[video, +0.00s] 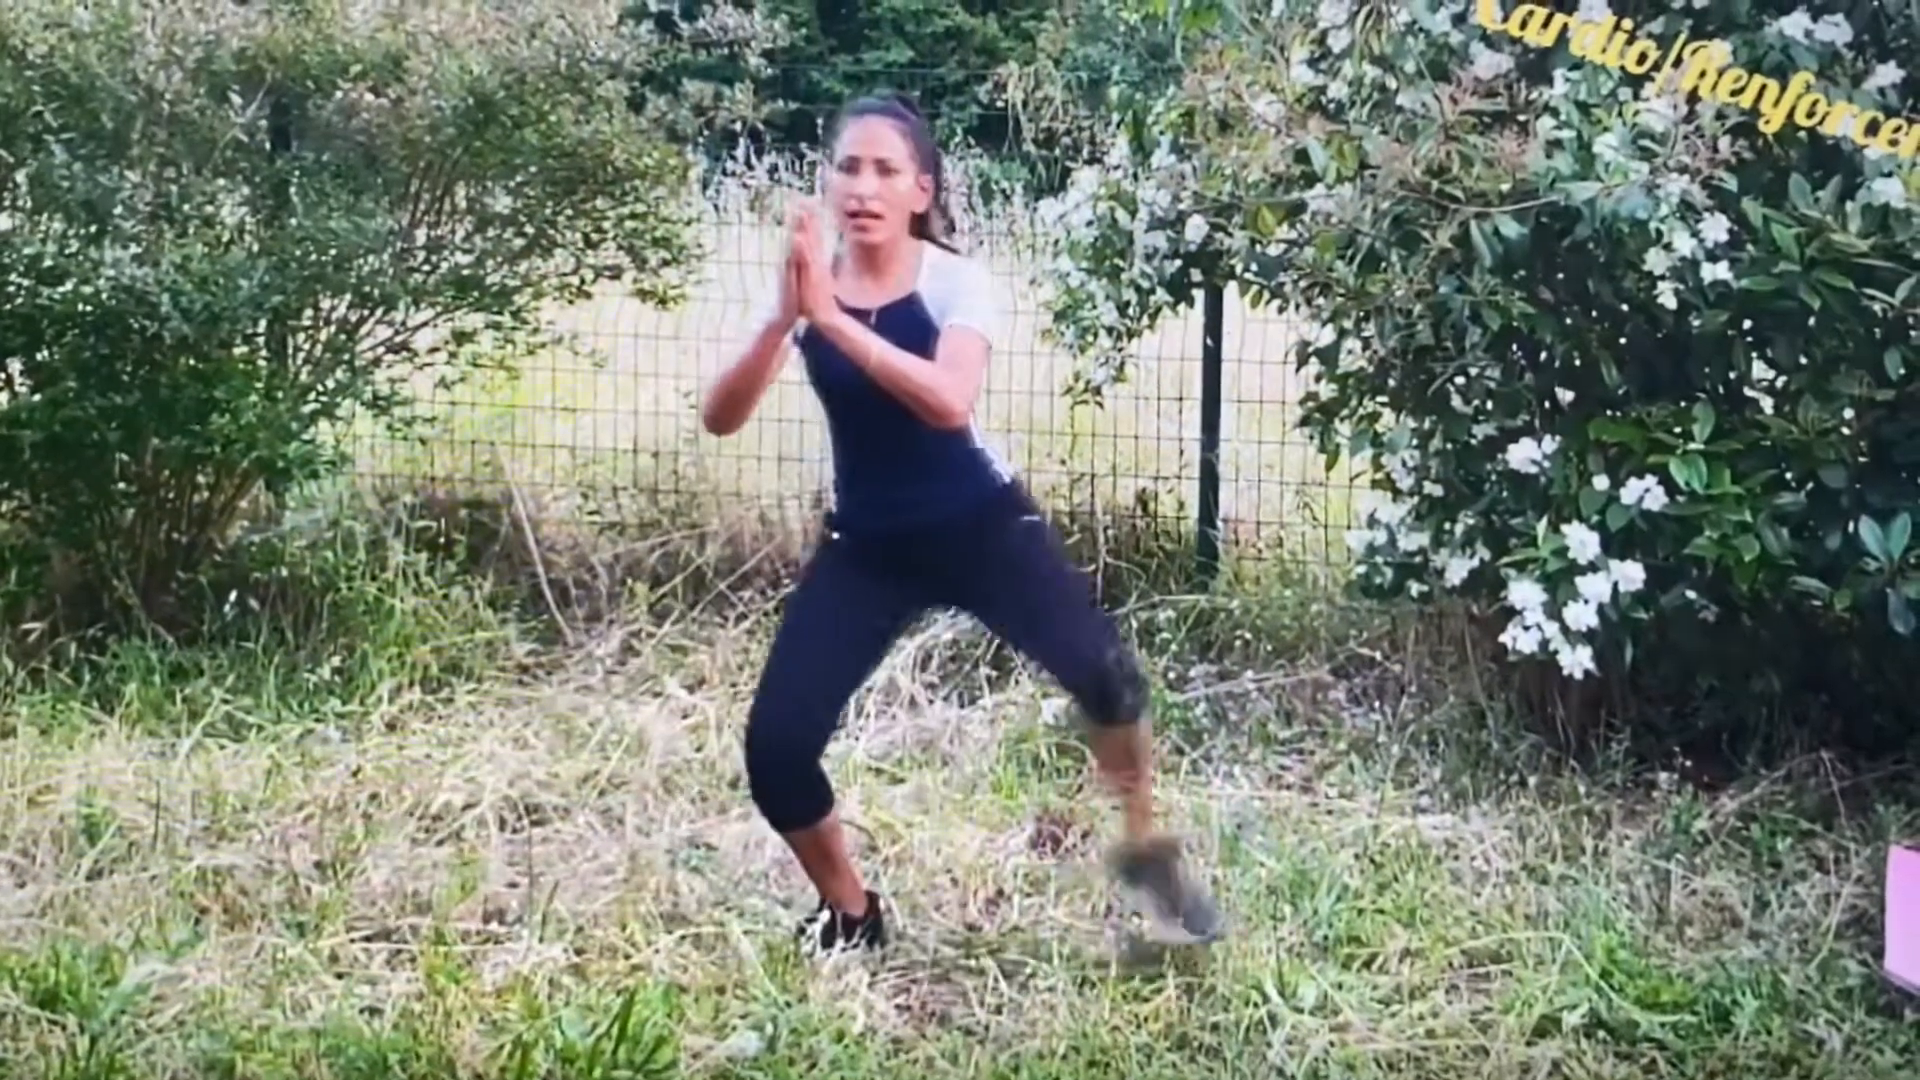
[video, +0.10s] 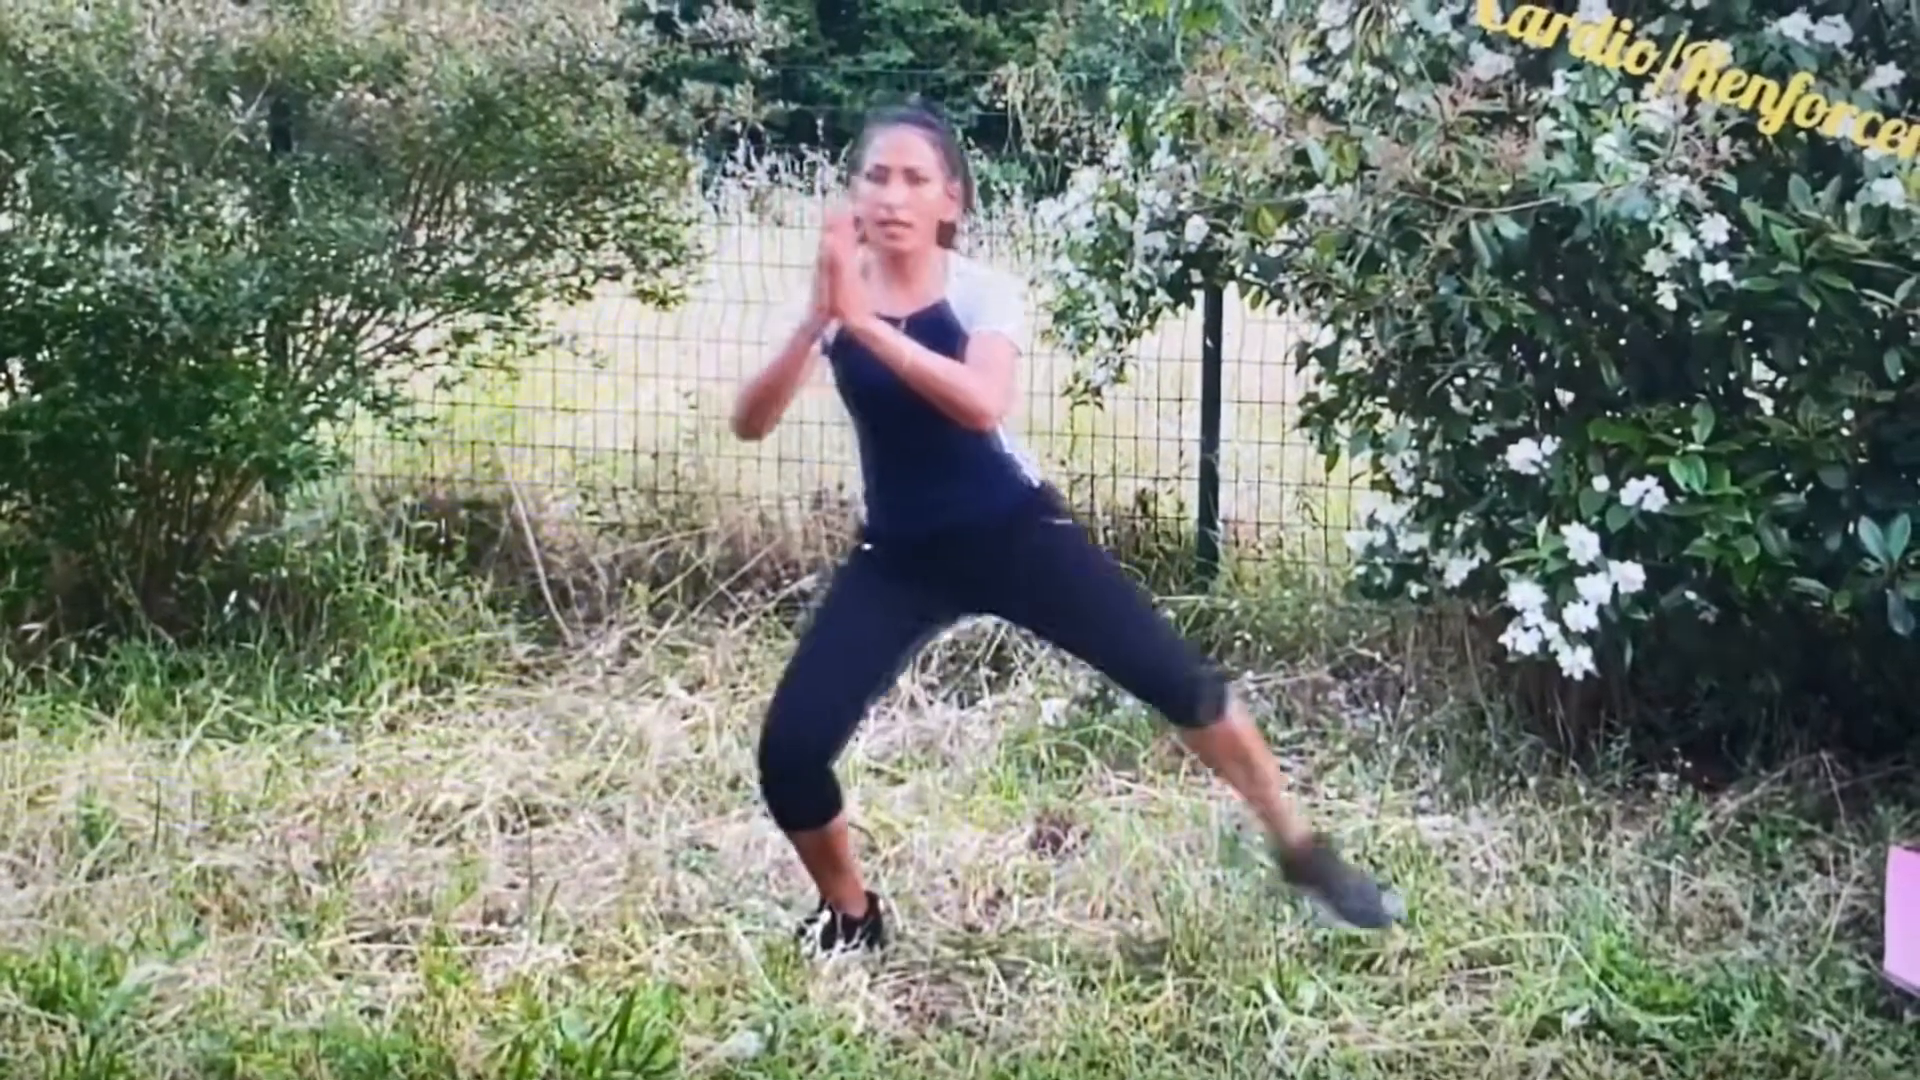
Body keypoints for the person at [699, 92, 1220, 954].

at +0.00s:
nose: (862, 187)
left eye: (886, 171)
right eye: (848, 168)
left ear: (922, 195)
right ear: (826, 184)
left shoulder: (959, 284)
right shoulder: (809, 288)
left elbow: (949, 401)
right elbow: (719, 416)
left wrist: (825, 317)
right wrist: (785, 319)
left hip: (982, 535)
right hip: (867, 551)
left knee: (1109, 678)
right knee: (775, 748)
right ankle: (850, 914)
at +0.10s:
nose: (891, 197)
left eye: (913, 180)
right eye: (876, 178)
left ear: (951, 203)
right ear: (851, 195)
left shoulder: (983, 293)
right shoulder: (836, 298)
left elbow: (983, 403)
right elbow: (748, 421)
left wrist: (860, 323)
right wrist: (819, 316)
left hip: (1015, 541)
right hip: (899, 560)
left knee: (1186, 687)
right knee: (788, 754)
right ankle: (850, 916)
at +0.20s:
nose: (928, 213)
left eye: (952, 195)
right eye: (916, 193)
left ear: (993, 219)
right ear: (893, 209)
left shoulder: (1028, 307)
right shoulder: (881, 309)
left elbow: (1028, 414)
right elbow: (796, 438)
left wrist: (907, 336)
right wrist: (866, 331)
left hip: (1061, 564)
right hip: (943, 577)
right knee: (809, 755)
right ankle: (850, 920)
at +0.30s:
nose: (993, 240)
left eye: (1014, 221)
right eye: (977, 220)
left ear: (1056, 242)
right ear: (953, 240)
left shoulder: (1090, 335)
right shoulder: (942, 343)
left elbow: (1097, 437)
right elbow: (863, 458)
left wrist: (977, 363)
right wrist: (931, 358)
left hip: (1118, 595)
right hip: (998, 601)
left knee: (1301, 752)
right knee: (841, 755)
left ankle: (1419, 938)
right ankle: (851, 921)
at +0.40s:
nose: (1054, 265)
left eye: (1074, 247)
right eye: (1038, 247)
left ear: (1113, 267)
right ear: (1017, 262)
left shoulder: (1150, 358)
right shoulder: (1002, 363)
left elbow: (1170, 462)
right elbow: (933, 484)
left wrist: (1048, 386)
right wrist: (1000, 381)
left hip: (1166, 618)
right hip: (1043, 620)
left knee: (1357, 761)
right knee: (869, 759)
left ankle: (1424, 938)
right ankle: (848, 920)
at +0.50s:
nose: (1092, 273)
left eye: (1112, 256)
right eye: (1078, 256)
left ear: (1152, 272)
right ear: (1057, 271)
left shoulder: (1187, 363)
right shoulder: (1036, 372)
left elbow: (1210, 469)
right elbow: (980, 500)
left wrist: (1095, 393)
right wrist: (1050, 390)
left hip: (1195, 627)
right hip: (1067, 628)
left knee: (1381, 764)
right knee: (889, 759)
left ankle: (1426, 938)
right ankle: (848, 921)